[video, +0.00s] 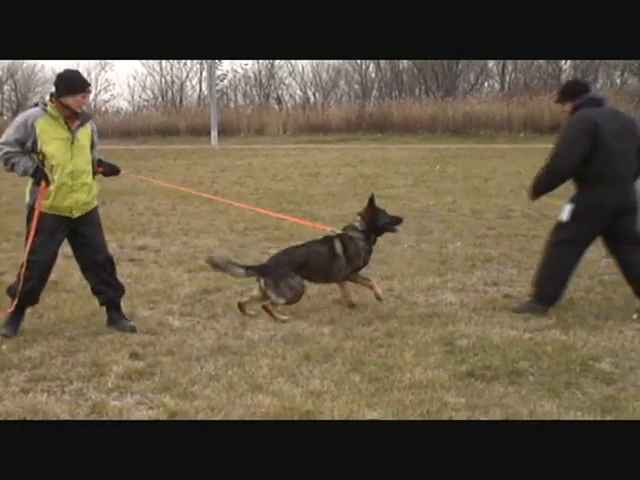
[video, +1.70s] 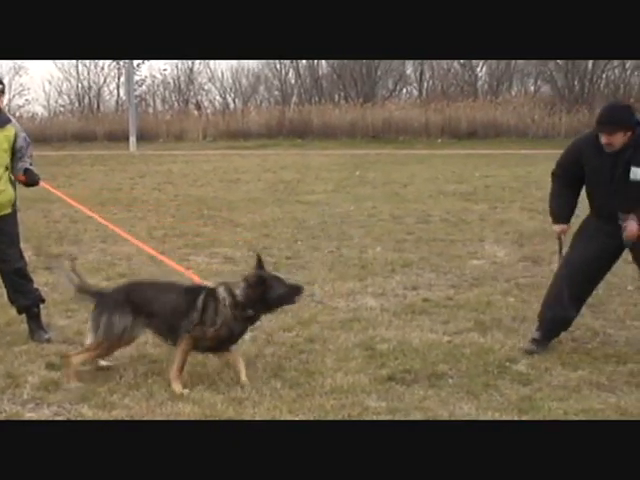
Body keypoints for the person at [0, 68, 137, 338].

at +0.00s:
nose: (85, 100)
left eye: (86, 95)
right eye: (80, 95)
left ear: (82, 96)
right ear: (63, 95)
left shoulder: (87, 124)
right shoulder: (32, 120)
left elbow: (90, 156)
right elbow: (7, 150)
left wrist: (100, 165)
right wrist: (33, 169)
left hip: (85, 207)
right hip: (49, 208)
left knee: (99, 259)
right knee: (38, 264)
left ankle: (115, 313)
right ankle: (16, 313)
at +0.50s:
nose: (55, 97)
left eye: (57, 92)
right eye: (50, 92)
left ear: (54, 93)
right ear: (33, 92)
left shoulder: (59, 126)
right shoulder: (7, 120)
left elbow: (67, 161)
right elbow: (3, 157)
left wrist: (85, 166)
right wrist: (5, 173)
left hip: (52, 206)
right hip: (15, 207)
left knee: (67, 260)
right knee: (4, 266)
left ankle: (89, 310)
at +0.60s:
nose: (45, 98)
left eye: (46, 93)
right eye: (40, 93)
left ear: (42, 94)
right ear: (22, 94)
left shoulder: (47, 126)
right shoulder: (3, 123)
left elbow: (52, 162)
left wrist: (69, 168)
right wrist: (2, 178)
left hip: (40, 207)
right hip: (7, 210)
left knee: (56, 260)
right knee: (0, 264)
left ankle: (79, 311)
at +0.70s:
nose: (37, 98)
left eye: (38, 93)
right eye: (32, 93)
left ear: (36, 95)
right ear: (14, 94)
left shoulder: (38, 125)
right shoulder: (3, 121)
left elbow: (43, 161)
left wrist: (58, 168)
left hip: (33, 207)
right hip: (5, 210)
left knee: (48, 260)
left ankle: (72, 311)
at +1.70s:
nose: (2, 102)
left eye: (2, 96)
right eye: (2, 97)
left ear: (4, 98)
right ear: (3, 99)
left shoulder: (11, 130)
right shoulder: (11, 131)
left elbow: (21, 157)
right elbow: (21, 157)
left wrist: (25, 172)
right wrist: (24, 171)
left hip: (6, 207)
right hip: (5, 208)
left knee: (13, 263)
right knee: (11, 263)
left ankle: (34, 319)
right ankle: (33, 318)